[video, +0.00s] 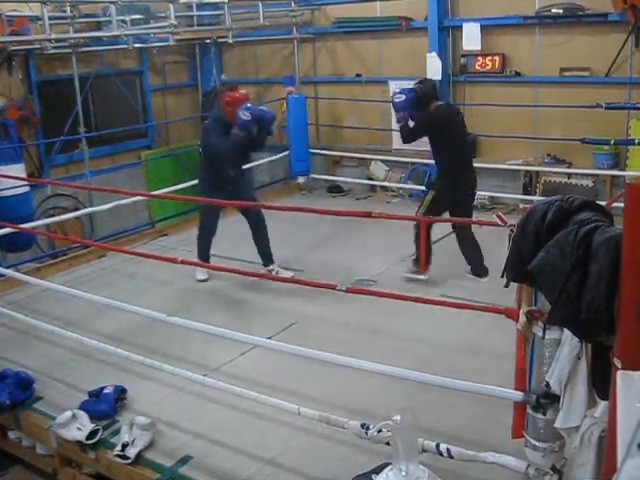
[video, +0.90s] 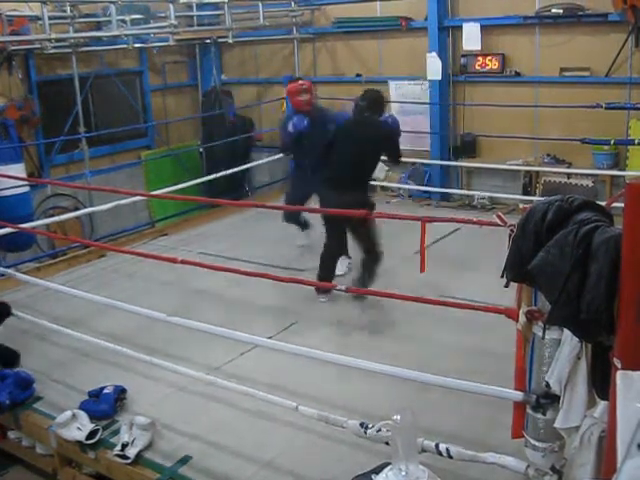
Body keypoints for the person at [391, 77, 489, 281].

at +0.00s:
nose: (415, 101)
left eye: (416, 97)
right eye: (415, 97)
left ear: (421, 99)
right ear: (435, 95)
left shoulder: (431, 117)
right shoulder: (452, 111)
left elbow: (407, 137)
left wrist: (401, 115)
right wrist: (413, 111)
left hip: (448, 181)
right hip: (466, 178)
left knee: (422, 219)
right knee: (462, 227)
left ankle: (421, 265)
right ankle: (479, 269)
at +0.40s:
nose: (388, 103)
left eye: (388, 99)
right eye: (388, 99)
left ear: (394, 99)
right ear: (410, 95)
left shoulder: (400, 117)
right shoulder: (430, 112)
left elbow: (380, 144)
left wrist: (372, 123)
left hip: (418, 183)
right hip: (442, 182)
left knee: (409, 232)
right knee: (443, 231)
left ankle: (406, 283)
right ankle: (455, 281)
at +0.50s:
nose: (385, 109)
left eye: (387, 105)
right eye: (386, 105)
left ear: (394, 106)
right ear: (410, 103)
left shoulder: (398, 125)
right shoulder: (426, 120)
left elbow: (380, 156)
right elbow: (409, 139)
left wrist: (368, 137)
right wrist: (389, 116)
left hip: (410, 194)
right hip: (434, 192)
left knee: (392, 234)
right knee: (436, 240)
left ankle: (395, 276)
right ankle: (451, 287)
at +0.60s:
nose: (380, 114)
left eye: (382, 110)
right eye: (380, 110)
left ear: (387, 112)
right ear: (404, 110)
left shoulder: (384, 131)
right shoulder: (421, 127)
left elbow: (354, 141)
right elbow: (394, 122)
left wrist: (339, 127)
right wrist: (373, 111)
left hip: (397, 203)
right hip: (422, 201)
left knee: (367, 238)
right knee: (432, 247)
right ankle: (451, 290)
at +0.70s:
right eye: (397, 106)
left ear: (377, 105)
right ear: (397, 107)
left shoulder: (365, 122)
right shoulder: (404, 124)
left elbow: (333, 123)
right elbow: (410, 142)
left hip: (373, 198)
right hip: (399, 198)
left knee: (356, 240)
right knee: (423, 241)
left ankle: (329, 279)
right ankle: (448, 289)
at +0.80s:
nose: (391, 111)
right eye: (391, 107)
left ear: (368, 103)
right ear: (389, 107)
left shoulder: (353, 119)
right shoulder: (392, 123)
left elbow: (329, 133)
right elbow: (401, 151)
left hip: (349, 194)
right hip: (376, 195)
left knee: (341, 242)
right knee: (398, 239)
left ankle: (325, 287)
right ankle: (416, 285)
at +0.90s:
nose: (383, 112)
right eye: (381, 108)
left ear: (358, 106)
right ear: (381, 110)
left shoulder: (343, 128)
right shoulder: (382, 132)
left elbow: (324, 158)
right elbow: (394, 158)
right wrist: (392, 132)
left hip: (330, 200)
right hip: (356, 203)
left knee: (333, 245)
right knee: (371, 252)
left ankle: (323, 288)